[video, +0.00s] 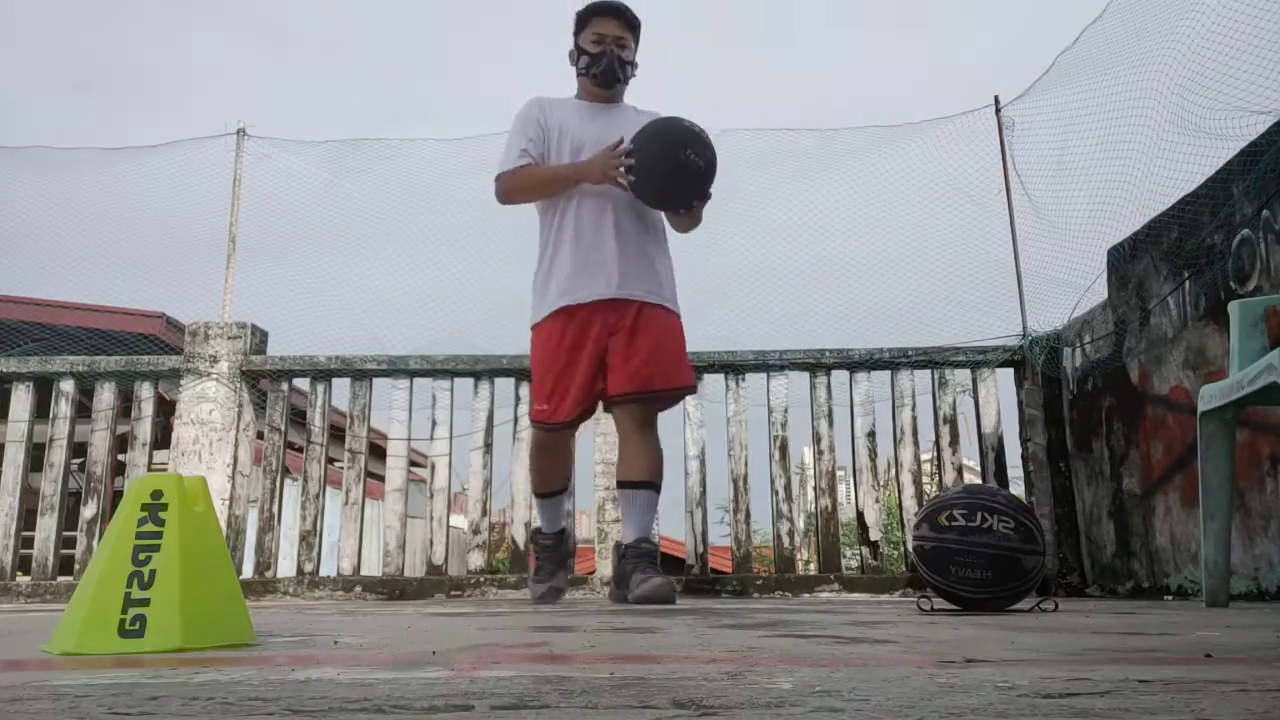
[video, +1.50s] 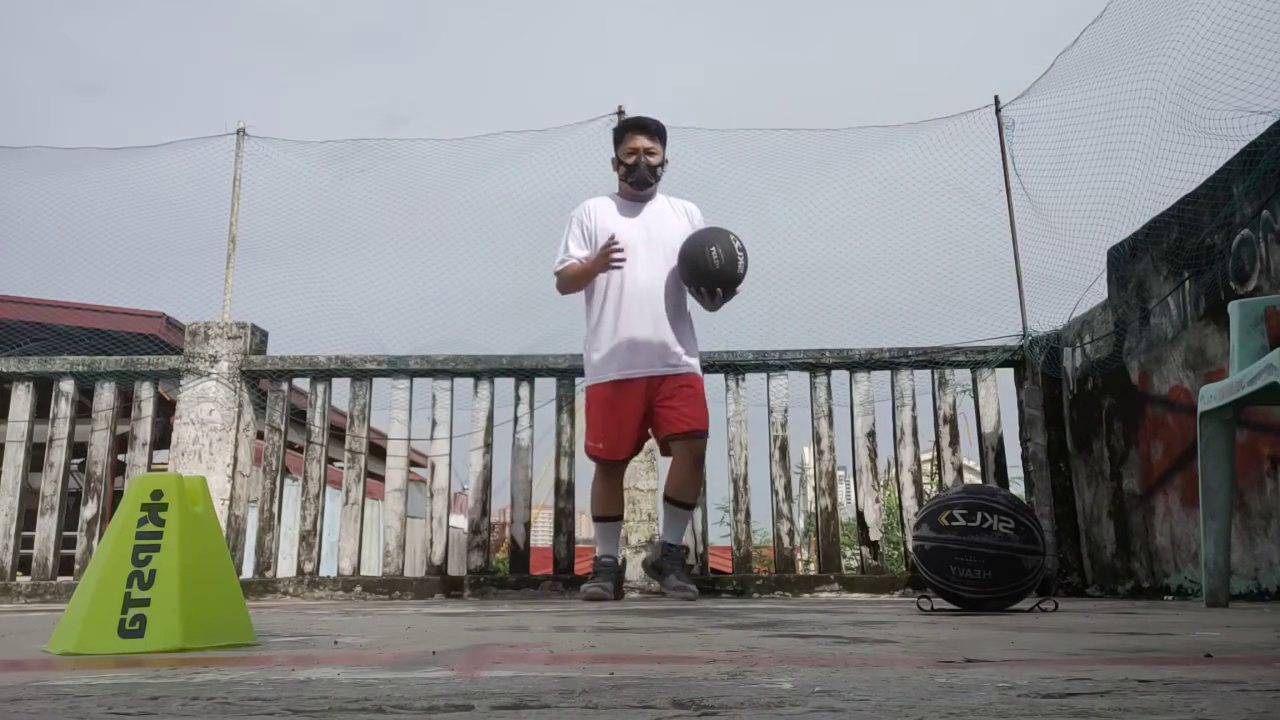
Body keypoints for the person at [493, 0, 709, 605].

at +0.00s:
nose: (610, 49)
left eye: (622, 43)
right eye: (598, 40)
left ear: (635, 58)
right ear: (575, 50)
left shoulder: (654, 128)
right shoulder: (543, 113)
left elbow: (684, 222)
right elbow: (509, 184)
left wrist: (685, 181)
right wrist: (587, 170)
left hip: (642, 291)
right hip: (565, 292)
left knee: (637, 414)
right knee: (551, 425)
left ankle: (638, 558)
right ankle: (553, 546)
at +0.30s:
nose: (593, 97)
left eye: (603, 91)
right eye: (581, 89)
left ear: (615, 103)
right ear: (561, 99)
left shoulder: (639, 162)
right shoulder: (529, 159)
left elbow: (666, 244)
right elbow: (500, 235)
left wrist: (629, 227)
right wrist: (555, 228)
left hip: (623, 322)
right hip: (553, 327)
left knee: (633, 418)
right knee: (557, 446)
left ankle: (636, 556)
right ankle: (561, 567)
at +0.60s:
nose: (602, 132)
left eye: (611, 125)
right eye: (592, 125)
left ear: (626, 129)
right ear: (575, 131)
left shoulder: (652, 185)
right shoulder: (547, 189)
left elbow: (681, 256)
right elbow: (518, 261)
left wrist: (644, 255)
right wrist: (555, 255)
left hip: (636, 343)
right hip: (568, 345)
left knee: (652, 447)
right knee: (565, 450)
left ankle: (656, 556)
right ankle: (561, 566)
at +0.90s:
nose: (642, 158)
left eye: (651, 151)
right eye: (632, 150)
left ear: (664, 156)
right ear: (616, 154)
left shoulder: (685, 211)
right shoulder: (589, 206)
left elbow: (708, 281)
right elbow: (557, 273)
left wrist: (678, 274)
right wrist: (605, 274)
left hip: (669, 362)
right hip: (606, 360)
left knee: (661, 462)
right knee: (593, 451)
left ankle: (656, 568)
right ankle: (574, 562)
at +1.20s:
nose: (653, 162)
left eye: (662, 155)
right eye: (644, 154)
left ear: (675, 161)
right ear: (628, 157)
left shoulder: (693, 216)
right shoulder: (599, 209)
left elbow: (709, 281)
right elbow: (568, 273)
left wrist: (713, 274)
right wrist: (608, 269)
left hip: (674, 361)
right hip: (615, 361)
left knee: (665, 461)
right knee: (613, 462)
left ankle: (657, 568)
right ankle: (606, 566)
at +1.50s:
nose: (641, 161)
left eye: (650, 154)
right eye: (631, 154)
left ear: (663, 160)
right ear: (616, 162)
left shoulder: (686, 214)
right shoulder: (592, 213)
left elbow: (706, 294)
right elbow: (563, 282)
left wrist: (718, 287)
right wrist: (593, 264)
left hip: (675, 359)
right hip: (612, 361)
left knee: (692, 444)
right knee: (610, 464)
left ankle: (669, 555)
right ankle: (606, 566)